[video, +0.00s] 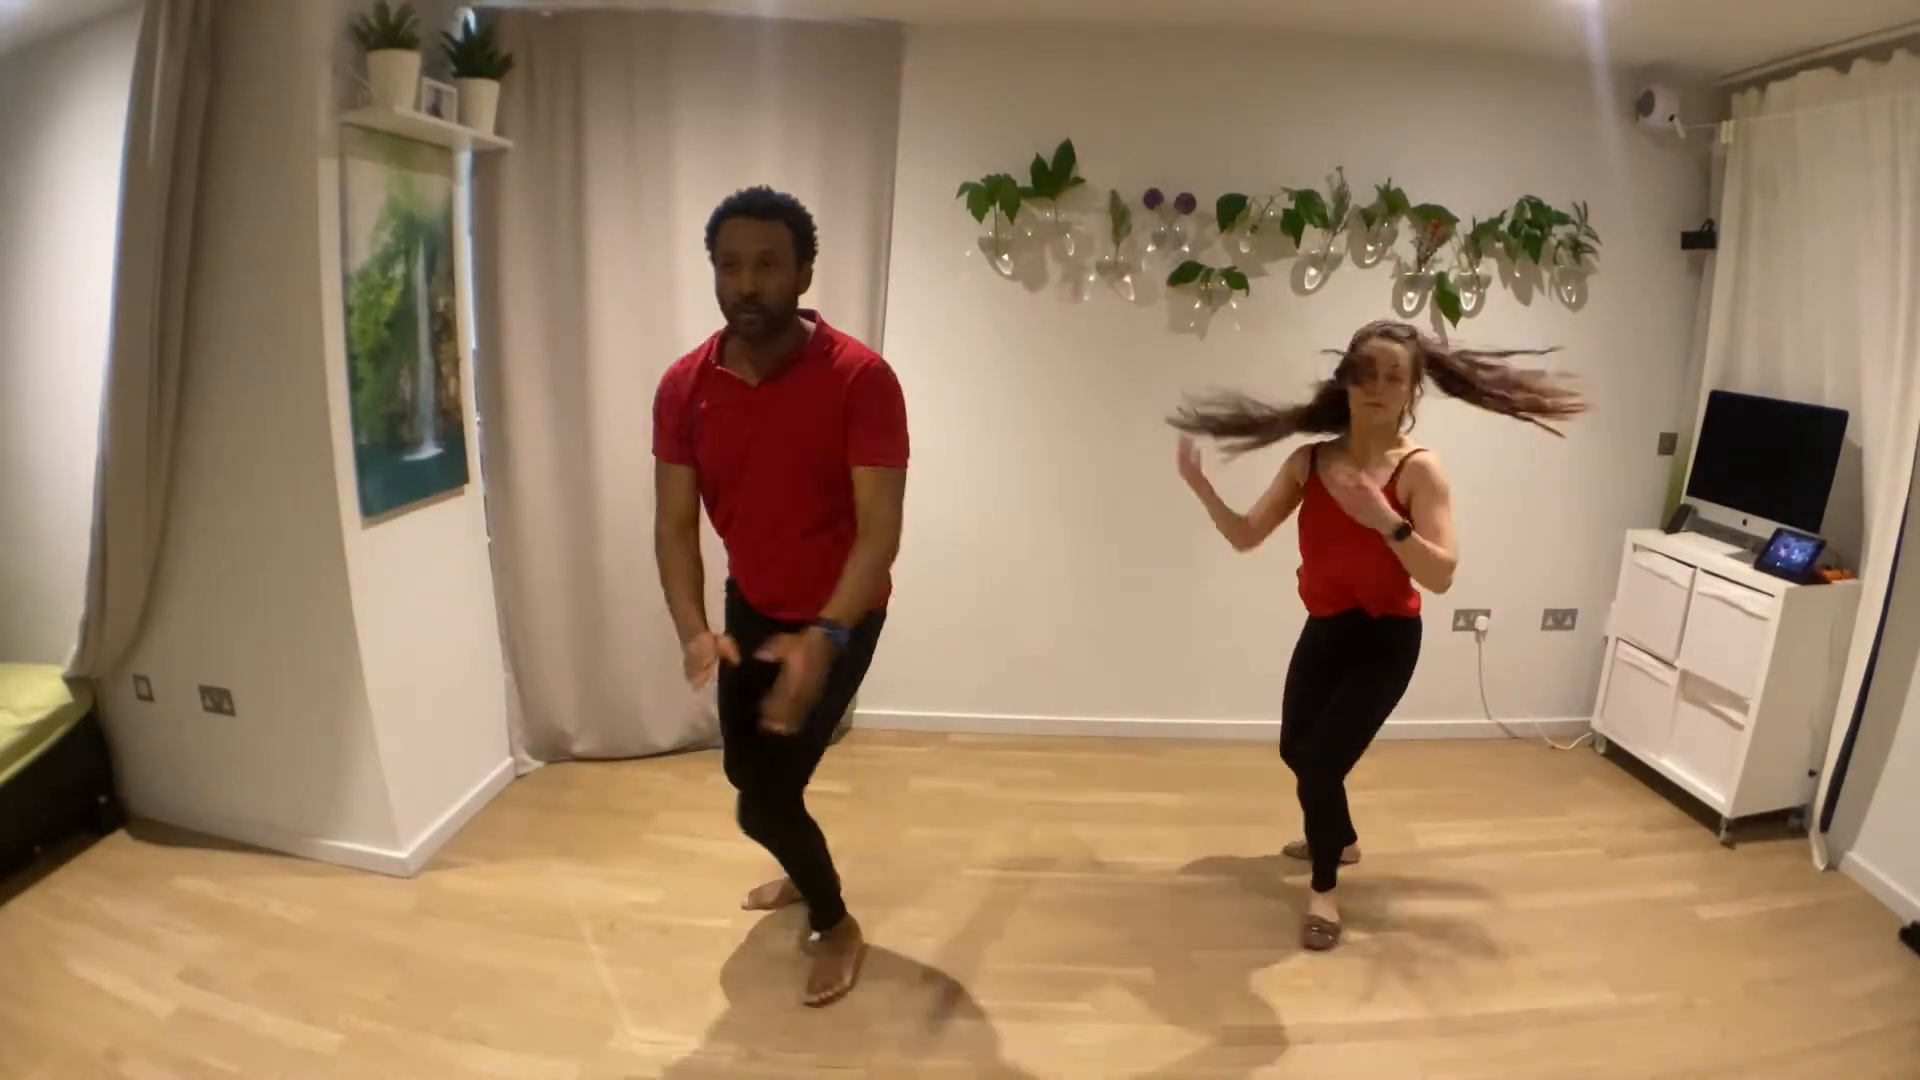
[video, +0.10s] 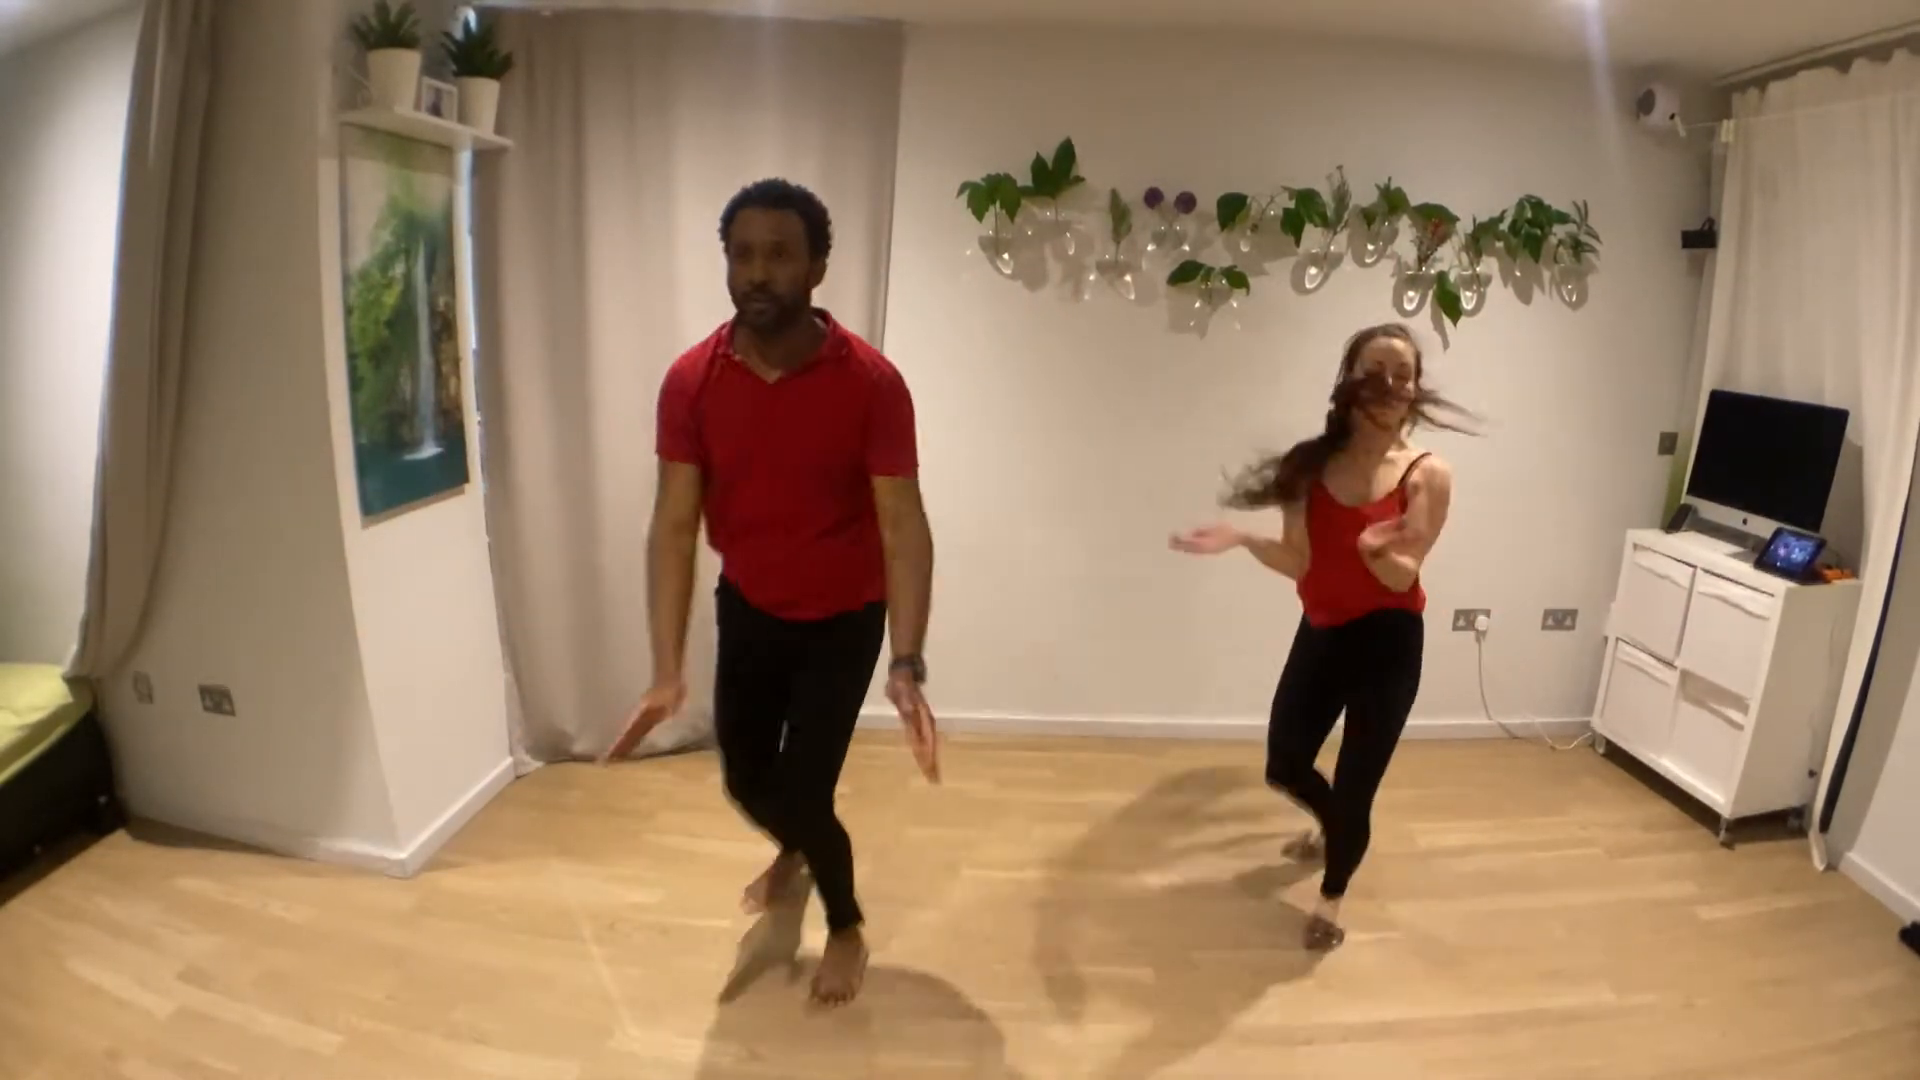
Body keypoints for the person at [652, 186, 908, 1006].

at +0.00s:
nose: (745, 285)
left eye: (768, 266)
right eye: (730, 265)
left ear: (805, 275)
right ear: (712, 273)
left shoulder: (859, 379)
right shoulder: (687, 386)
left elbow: (879, 533)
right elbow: (677, 525)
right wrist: (695, 628)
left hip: (843, 610)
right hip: (754, 601)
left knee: (767, 806)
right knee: (752, 772)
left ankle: (834, 929)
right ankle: (806, 870)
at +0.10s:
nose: (755, 274)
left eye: (777, 255)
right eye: (740, 254)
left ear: (818, 266)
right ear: (724, 264)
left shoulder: (869, 383)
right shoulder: (694, 381)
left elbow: (904, 524)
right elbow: (673, 525)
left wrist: (907, 662)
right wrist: (667, 672)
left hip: (845, 612)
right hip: (748, 602)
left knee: (800, 795)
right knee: (746, 780)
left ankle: (844, 927)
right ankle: (796, 850)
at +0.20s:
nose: (754, 270)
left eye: (778, 252)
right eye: (741, 250)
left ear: (822, 266)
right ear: (726, 260)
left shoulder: (876, 379)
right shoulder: (696, 378)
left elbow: (951, 515)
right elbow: (619, 503)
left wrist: (987, 653)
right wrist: (576, 637)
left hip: (849, 614)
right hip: (750, 606)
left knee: (809, 805)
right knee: (727, 806)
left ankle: (846, 938)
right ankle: (770, 925)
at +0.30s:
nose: (747, 271)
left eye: (771, 253)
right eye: (733, 252)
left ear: (816, 269)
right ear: (718, 263)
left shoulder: (877, 376)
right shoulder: (687, 369)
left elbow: (1009, 468)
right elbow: (557, 434)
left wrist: (1065, 584)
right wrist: (487, 531)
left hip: (852, 625)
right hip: (749, 620)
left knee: (819, 818)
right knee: (729, 831)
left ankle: (849, 940)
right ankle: (715, 1043)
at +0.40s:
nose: (737, 273)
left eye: (761, 255)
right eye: (723, 253)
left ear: (808, 273)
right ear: (708, 266)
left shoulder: (875, 367)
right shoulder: (676, 358)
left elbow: (1021, 396)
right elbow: (543, 351)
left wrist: (1109, 472)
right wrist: (439, 408)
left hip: (853, 637)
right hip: (744, 630)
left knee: (822, 826)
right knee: (720, 847)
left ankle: (849, 939)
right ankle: (689, 1067)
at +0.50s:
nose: (729, 270)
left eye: (753, 253)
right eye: (715, 251)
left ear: (800, 271)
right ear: (696, 262)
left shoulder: (867, 356)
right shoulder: (670, 340)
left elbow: (1009, 350)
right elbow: (557, 303)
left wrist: (1117, 364)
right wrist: (432, 317)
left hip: (845, 645)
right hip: (733, 638)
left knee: (818, 842)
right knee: (705, 862)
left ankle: (843, 939)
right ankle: (693, 1073)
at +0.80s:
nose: (666, 267)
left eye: (696, 246)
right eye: (652, 245)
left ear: (752, 269)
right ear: (636, 259)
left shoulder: (817, 383)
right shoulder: (622, 376)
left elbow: (984, 384)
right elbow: (552, 376)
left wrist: (1097, 316)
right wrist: (452, 281)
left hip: (794, 727)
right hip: (663, 723)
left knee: (805, 912)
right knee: (645, 981)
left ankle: (836, 956)